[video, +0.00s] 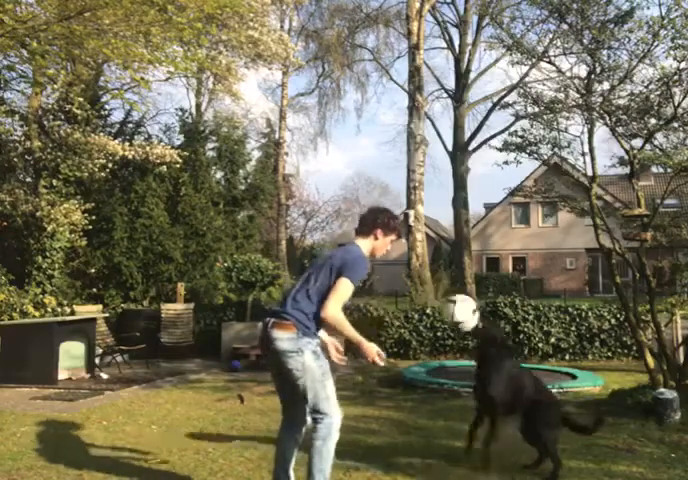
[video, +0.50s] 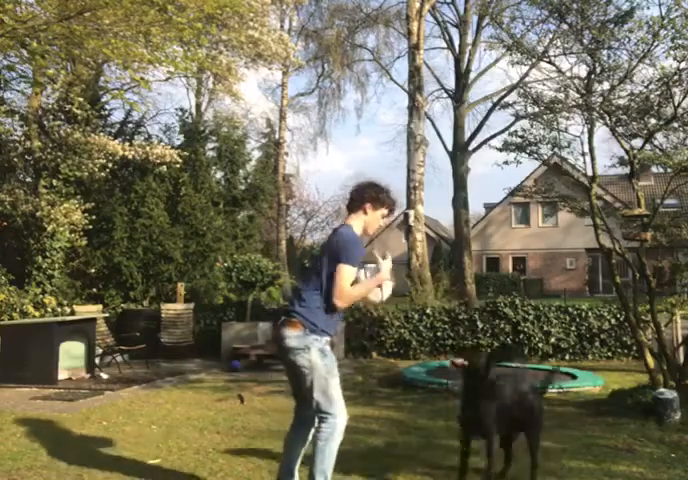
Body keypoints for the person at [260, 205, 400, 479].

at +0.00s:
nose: (388, 249)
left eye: (391, 243)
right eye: (389, 241)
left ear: (366, 231)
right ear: (377, 233)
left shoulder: (335, 254)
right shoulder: (357, 260)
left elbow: (299, 304)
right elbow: (330, 311)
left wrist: (324, 338)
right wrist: (362, 343)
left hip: (274, 331)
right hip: (295, 337)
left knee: (294, 415)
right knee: (328, 416)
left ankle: (282, 475)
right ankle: (320, 475)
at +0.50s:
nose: (382, 224)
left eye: (385, 218)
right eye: (383, 216)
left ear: (363, 209)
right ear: (367, 208)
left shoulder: (338, 237)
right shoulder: (349, 241)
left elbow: (337, 291)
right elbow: (340, 298)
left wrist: (369, 290)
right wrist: (378, 278)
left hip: (292, 331)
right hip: (307, 336)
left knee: (306, 412)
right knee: (334, 416)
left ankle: (286, 474)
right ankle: (321, 475)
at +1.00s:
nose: (381, 224)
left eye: (386, 218)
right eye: (383, 215)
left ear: (365, 204)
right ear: (367, 202)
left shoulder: (343, 231)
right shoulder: (343, 231)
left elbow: (317, 277)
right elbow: (302, 268)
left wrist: (351, 300)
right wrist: (345, 299)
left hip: (311, 332)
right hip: (311, 334)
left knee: (316, 415)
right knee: (326, 417)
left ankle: (297, 474)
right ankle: (315, 475)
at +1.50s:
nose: (377, 224)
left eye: (382, 219)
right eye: (379, 216)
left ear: (363, 204)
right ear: (364, 203)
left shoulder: (336, 230)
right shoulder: (337, 231)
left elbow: (323, 288)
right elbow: (317, 288)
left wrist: (365, 306)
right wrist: (364, 306)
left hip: (305, 331)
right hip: (307, 333)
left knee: (311, 414)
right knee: (323, 416)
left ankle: (302, 473)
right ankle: (313, 475)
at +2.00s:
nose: (393, 224)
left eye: (396, 218)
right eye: (394, 216)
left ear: (375, 209)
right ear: (377, 208)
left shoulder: (349, 237)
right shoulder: (356, 240)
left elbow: (332, 300)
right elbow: (336, 297)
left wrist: (366, 326)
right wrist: (382, 319)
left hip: (309, 333)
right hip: (310, 335)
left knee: (319, 416)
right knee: (331, 419)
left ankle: (306, 474)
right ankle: (318, 475)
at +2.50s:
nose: (450, 272)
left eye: (449, 264)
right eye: (446, 264)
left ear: (423, 266)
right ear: (425, 265)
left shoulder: (399, 291)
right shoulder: (417, 297)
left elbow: (410, 335)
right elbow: (481, 336)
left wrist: (456, 337)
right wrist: (542, 348)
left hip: (329, 362)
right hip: (345, 363)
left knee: (360, 433)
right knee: (418, 411)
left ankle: (322, 474)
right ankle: (429, 475)